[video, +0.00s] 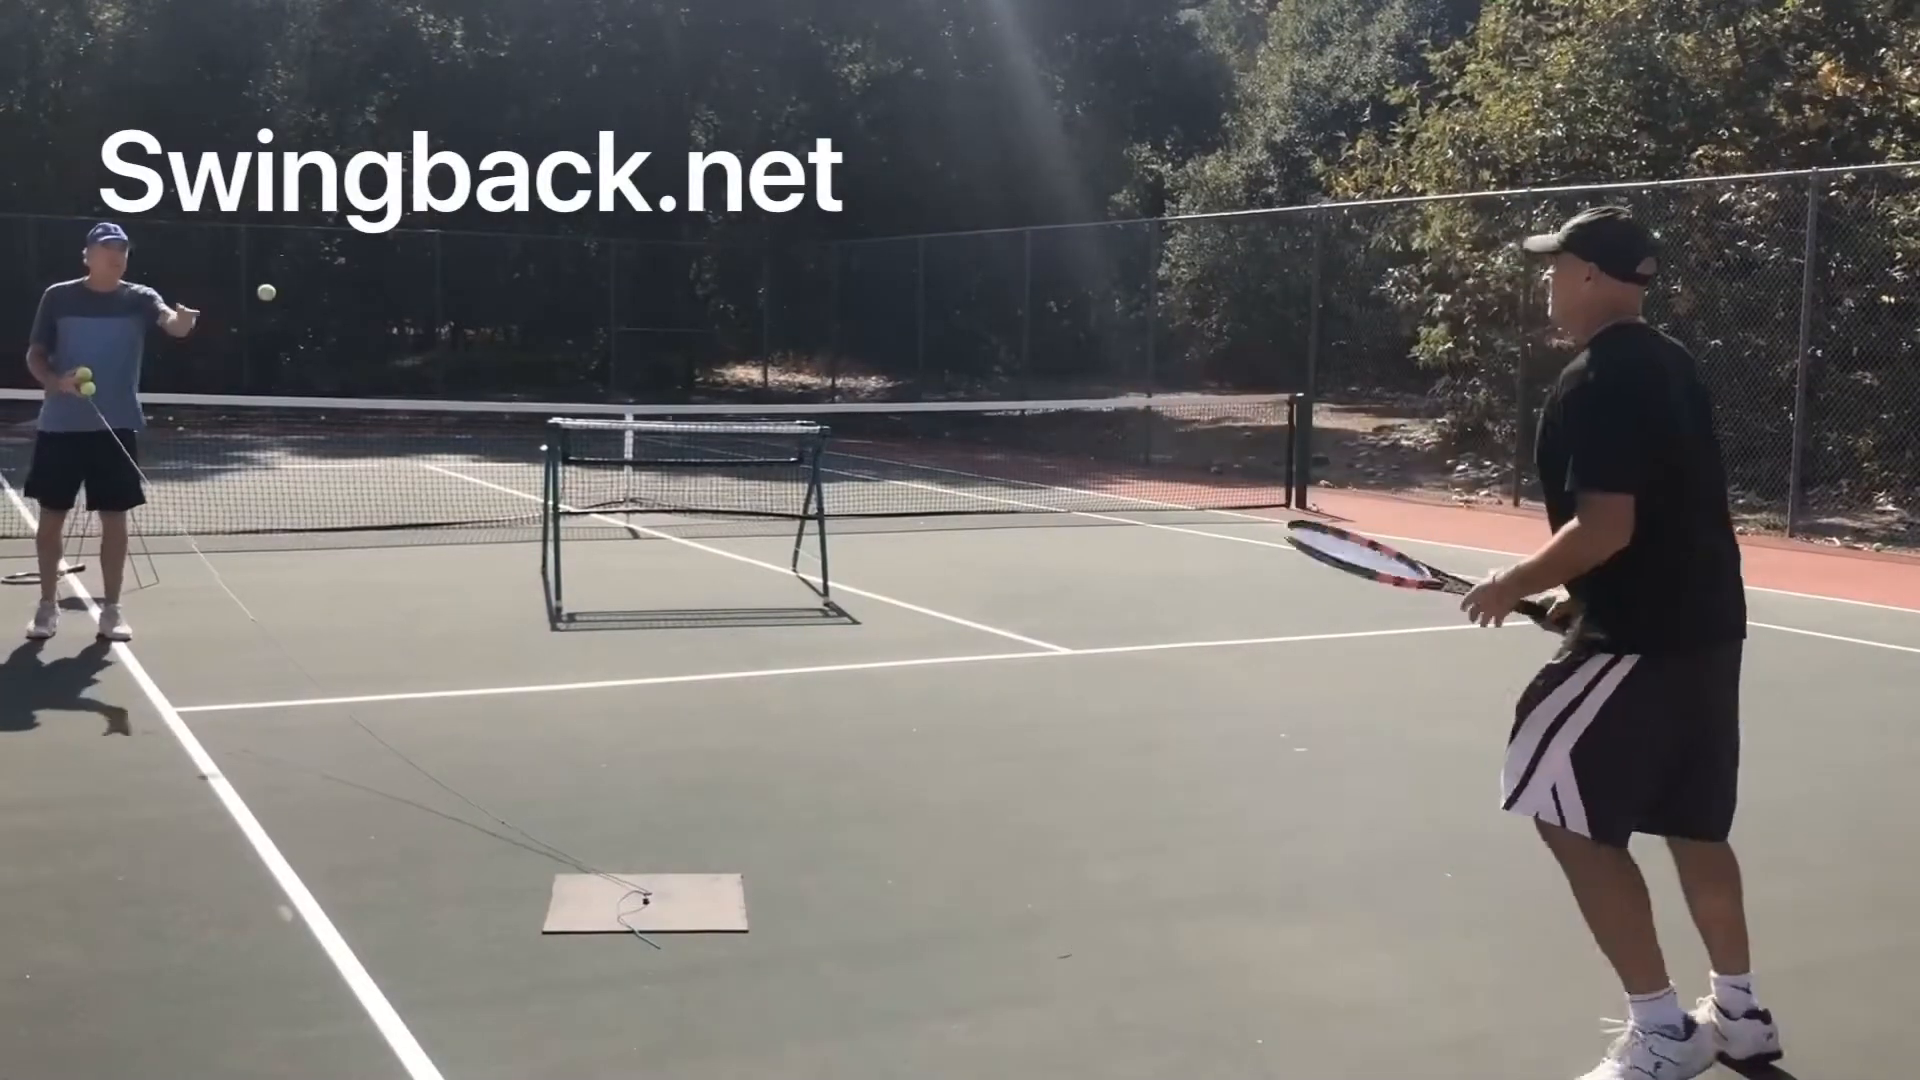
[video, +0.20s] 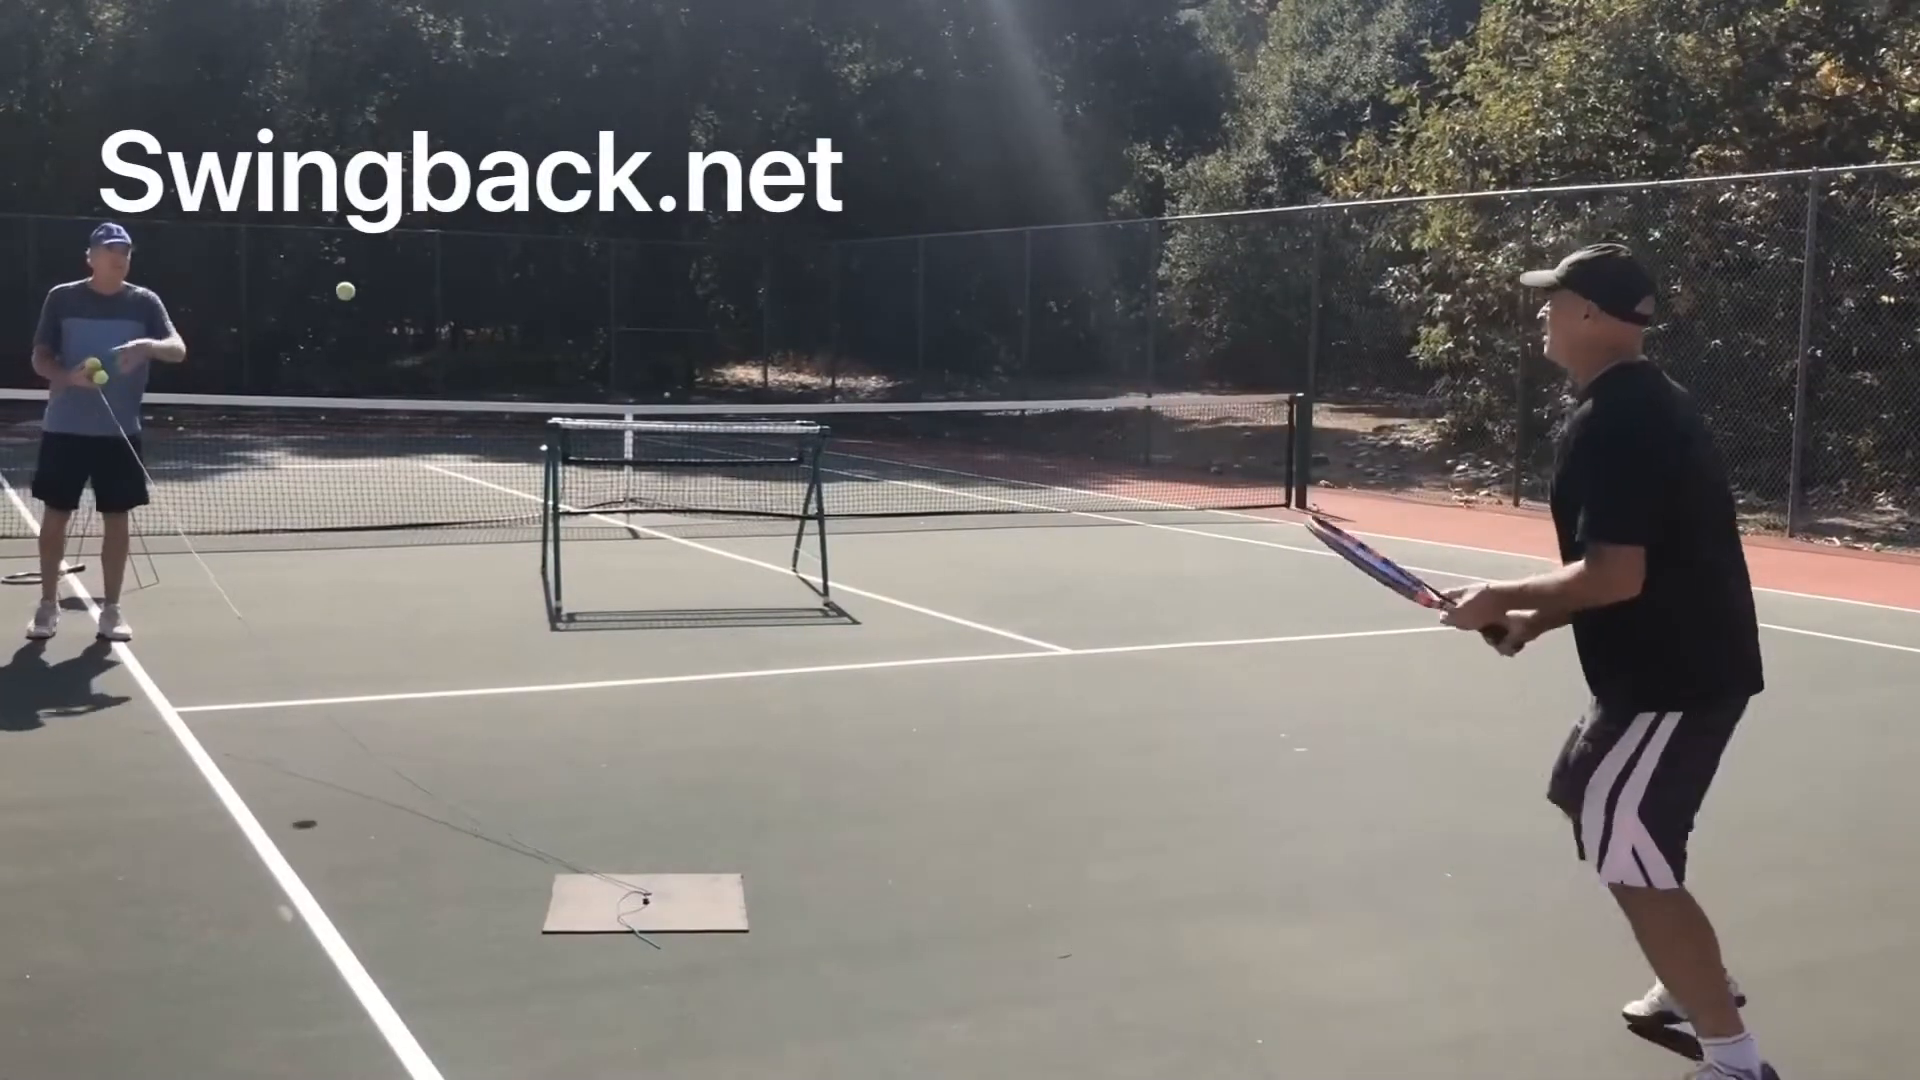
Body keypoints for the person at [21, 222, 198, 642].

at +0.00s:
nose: (114, 255)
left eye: (120, 248)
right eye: (106, 247)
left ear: (127, 255)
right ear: (88, 254)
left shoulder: (141, 297)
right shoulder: (57, 297)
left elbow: (171, 322)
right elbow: (35, 355)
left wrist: (183, 321)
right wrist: (54, 380)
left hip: (116, 428)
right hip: (61, 428)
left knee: (115, 520)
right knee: (50, 519)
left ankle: (111, 610)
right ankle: (47, 605)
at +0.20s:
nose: (117, 258)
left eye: (122, 251)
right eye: (109, 250)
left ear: (129, 257)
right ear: (90, 256)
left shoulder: (145, 302)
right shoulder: (61, 299)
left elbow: (178, 349)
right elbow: (41, 360)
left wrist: (148, 346)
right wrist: (69, 377)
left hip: (119, 434)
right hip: (66, 432)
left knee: (117, 519)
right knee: (56, 515)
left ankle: (111, 609)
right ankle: (48, 604)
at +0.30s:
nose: (119, 262)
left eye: (125, 254)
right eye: (112, 253)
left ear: (132, 260)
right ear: (93, 257)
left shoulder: (147, 305)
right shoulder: (64, 299)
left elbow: (172, 362)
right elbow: (42, 361)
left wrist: (132, 371)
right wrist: (75, 377)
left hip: (121, 435)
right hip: (68, 433)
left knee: (119, 520)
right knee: (58, 517)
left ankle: (111, 609)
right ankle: (48, 604)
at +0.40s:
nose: (125, 264)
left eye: (130, 257)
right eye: (117, 256)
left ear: (136, 261)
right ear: (96, 259)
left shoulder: (150, 307)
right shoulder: (65, 300)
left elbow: (170, 368)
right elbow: (43, 362)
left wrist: (133, 383)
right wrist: (80, 381)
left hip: (122, 436)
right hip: (69, 433)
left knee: (119, 520)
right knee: (60, 517)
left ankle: (111, 609)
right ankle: (49, 603)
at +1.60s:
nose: (103, 269)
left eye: (107, 262)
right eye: (95, 261)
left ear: (113, 264)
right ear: (72, 261)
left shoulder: (122, 304)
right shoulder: (42, 304)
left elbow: (131, 364)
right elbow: (21, 365)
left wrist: (143, 418)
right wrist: (61, 396)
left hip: (110, 437)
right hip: (58, 438)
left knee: (112, 522)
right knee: (60, 523)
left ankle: (110, 610)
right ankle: (68, 607)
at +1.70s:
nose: (103, 269)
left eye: (107, 261)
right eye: (95, 260)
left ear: (113, 264)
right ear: (72, 261)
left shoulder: (123, 304)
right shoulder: (42, 303)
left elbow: (130, 364)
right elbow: (20, 364)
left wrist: (140, 417)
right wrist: (60, 396)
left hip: (110, 437)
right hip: (58, 437)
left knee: (112, 522)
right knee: (60, 523)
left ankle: (110, 610)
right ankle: (68, 607)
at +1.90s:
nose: (106, 270)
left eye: (110, 263)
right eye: (98, 262)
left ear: (115, 265)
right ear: (76, 262)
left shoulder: (127, 308)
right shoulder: (44, 304)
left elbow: (131, 367)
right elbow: (19, 363)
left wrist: (137, 424)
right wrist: (56, 395)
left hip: (109, 437)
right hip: (57, 438)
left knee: (112, 522)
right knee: (60, 522)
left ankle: (110, 610)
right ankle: (68, 607)